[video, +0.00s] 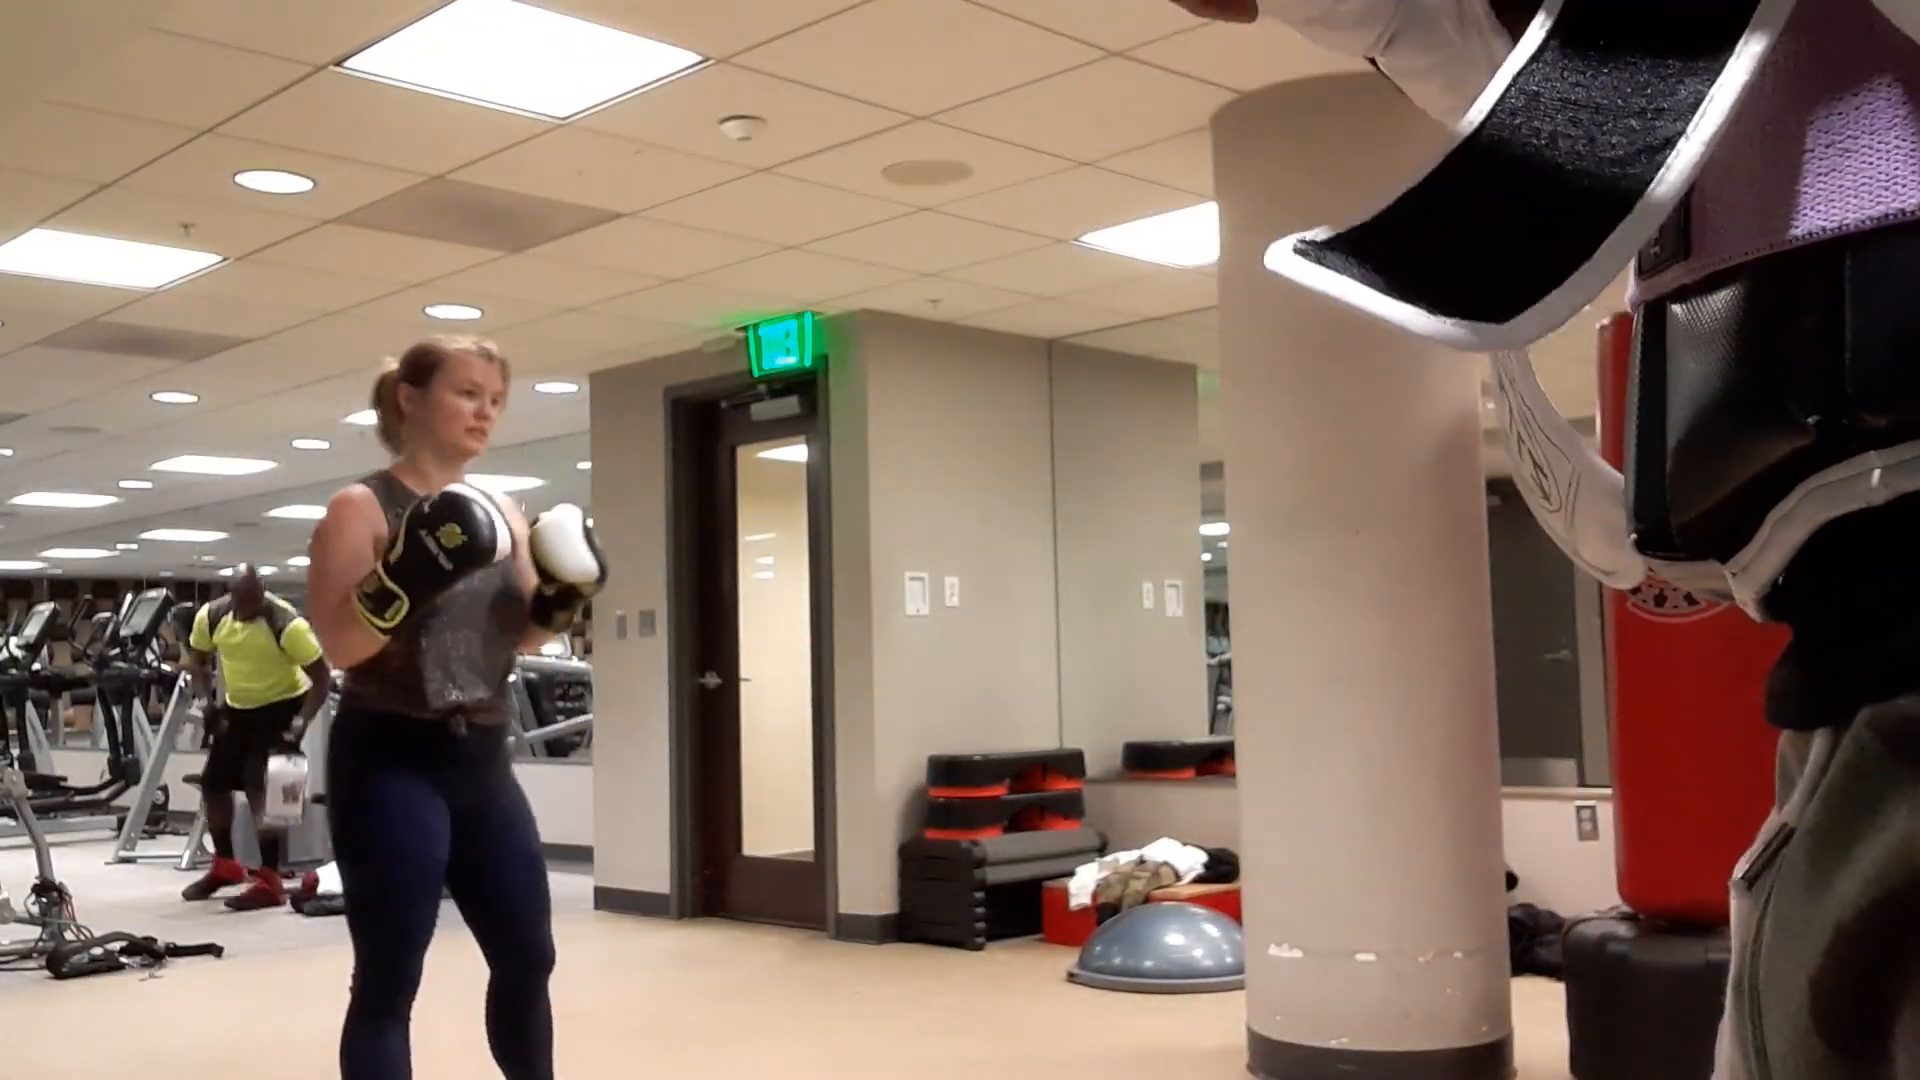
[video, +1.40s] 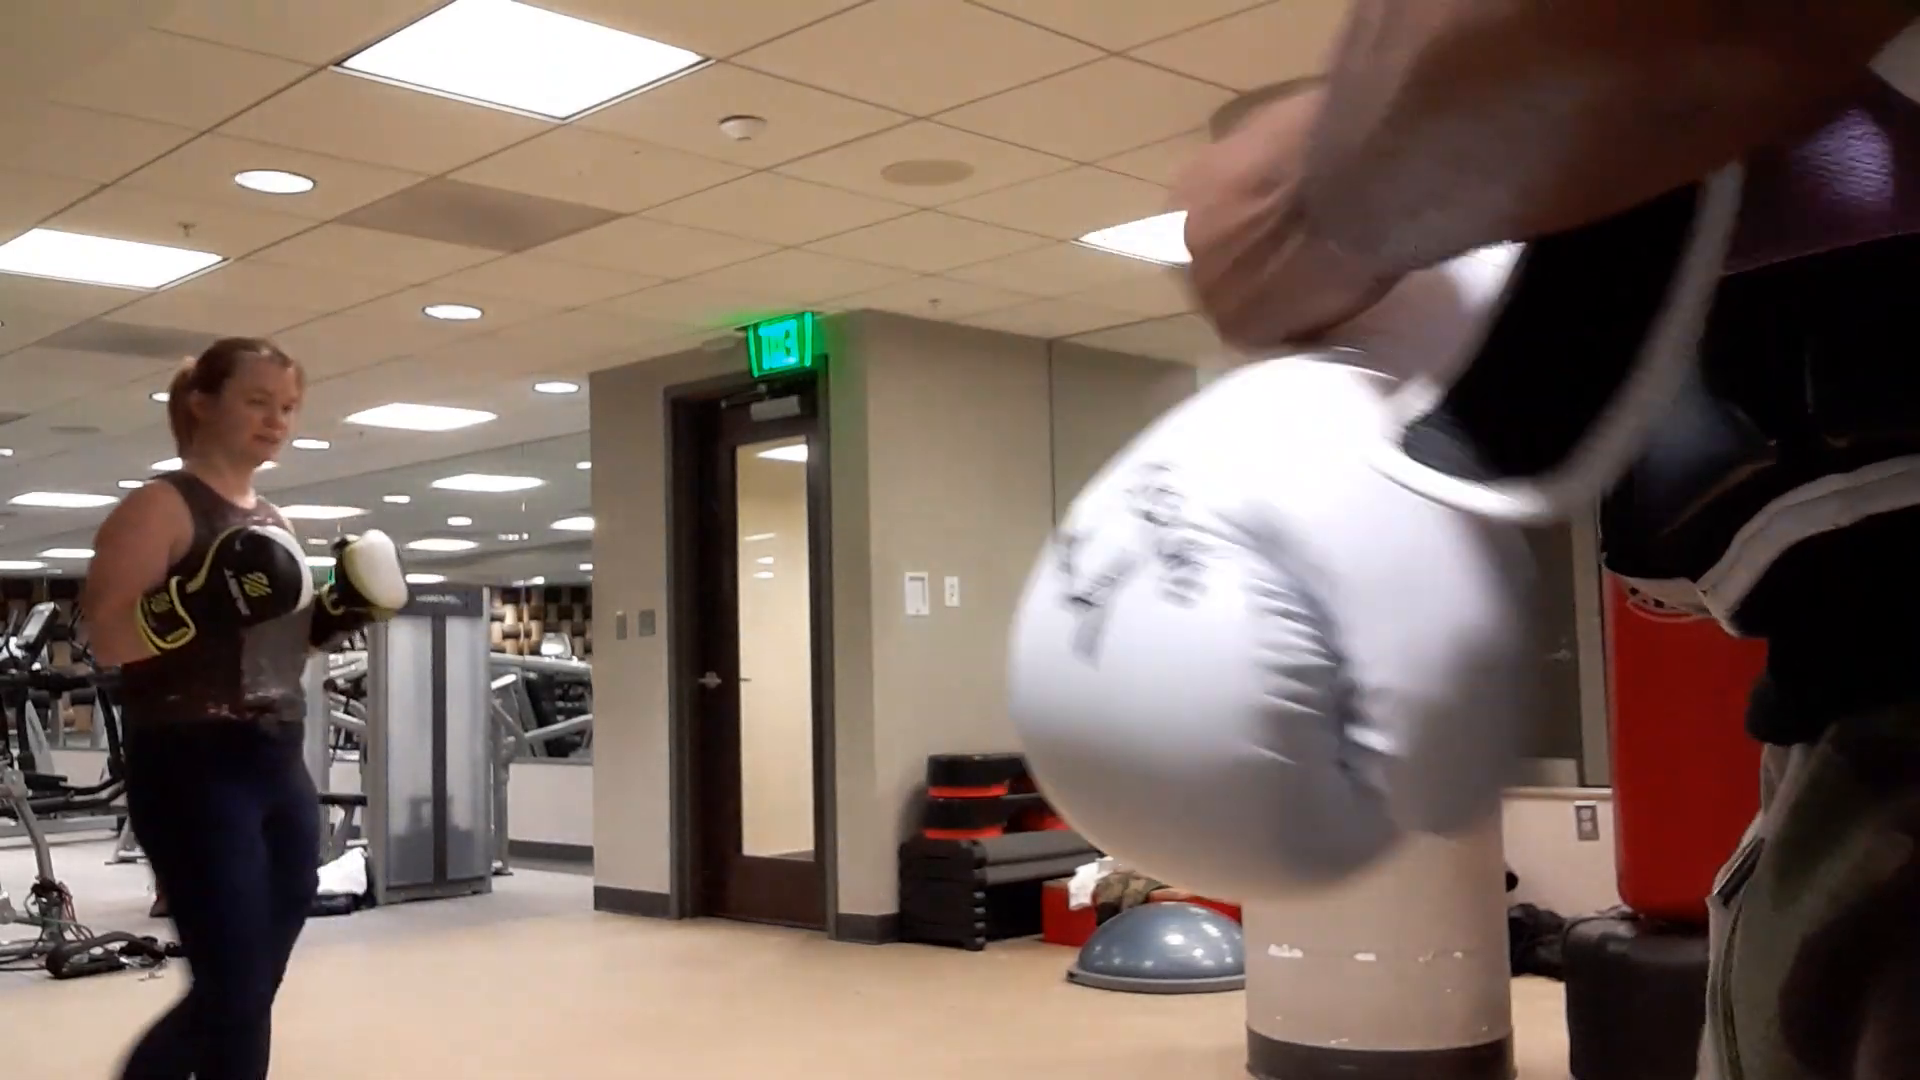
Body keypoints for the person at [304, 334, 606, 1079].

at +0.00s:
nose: (484, 413)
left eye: (493, 403)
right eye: (466, 395)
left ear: (499, 415)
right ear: (410, 399)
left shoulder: (499, 513)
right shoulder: (359, 509)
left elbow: (520, 635)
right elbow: (338, 647)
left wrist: (560, 598)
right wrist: (405, 579)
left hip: (479, 761)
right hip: (386, 760)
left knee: (526, 959)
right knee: (387, 981)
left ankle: (532, 1078)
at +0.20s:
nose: (462, 411)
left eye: (470, 399)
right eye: (444, 393)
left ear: (475, 410)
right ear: (386, 400)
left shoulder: (450, 509)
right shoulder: (347, 505)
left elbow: (456, 643)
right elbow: (306, 643)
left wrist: (523, 602)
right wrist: (396, 595)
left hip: (448, 765)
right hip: (365, 769)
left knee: (523, 948)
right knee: (375, 991)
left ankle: (470, 1072)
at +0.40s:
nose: (436, 411)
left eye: (443, 398)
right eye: (418, 393)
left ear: (445, 408)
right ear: (356, 399)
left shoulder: (421, 505)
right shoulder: (327, 506)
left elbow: (428, 629)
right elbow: (293, 648)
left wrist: (501, 596)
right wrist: (394, 596)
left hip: (429, 761)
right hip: (354, 766)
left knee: (477, 960)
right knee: (371, 997)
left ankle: (361, 1053)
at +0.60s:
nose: (402, 414)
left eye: (410, 401)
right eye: (383, 396)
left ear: (413, 410)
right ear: (325, 404)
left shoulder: (392, 513)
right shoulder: (302, 507)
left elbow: (410, 641)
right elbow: (273, 645)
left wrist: (477, 596)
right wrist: (376, 591)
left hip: (413, 759)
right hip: (342, 761)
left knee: (385, 982)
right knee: (365, 986)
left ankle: (292, 1069)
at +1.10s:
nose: (329, 424)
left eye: (338, 413)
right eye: (311, 405)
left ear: (345, 423)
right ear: (252, 409)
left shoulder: (313, 523)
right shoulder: (209, 509)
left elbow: (306, 645)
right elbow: (156, 639)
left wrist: (374, 619)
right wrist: (258, 613)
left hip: (312, 765)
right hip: (229, 769)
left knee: (275, 987)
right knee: (323, 971)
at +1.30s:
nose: (296, 423)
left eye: (305, 411)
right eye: (278, 403)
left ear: (312, 420)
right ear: (219, 405)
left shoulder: (281, 518)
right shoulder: (172, 508)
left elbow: (282, 645)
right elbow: (118, 637)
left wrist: (344, 613)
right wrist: (209, 602)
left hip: (281, 755)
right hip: (197, 758)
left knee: (270, 972)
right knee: (272, 973)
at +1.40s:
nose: (276, 422)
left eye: (287, 409)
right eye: (258, 403)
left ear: (295, 419)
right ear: (201, 404)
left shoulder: (266, 518)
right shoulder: (157, 507)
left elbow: (272, 647)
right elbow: (106, 640)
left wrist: (332, 615)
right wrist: (198, 603)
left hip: (273, 756)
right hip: (188, 758)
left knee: (251, 983)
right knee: (232, 984)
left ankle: (154, 1066)